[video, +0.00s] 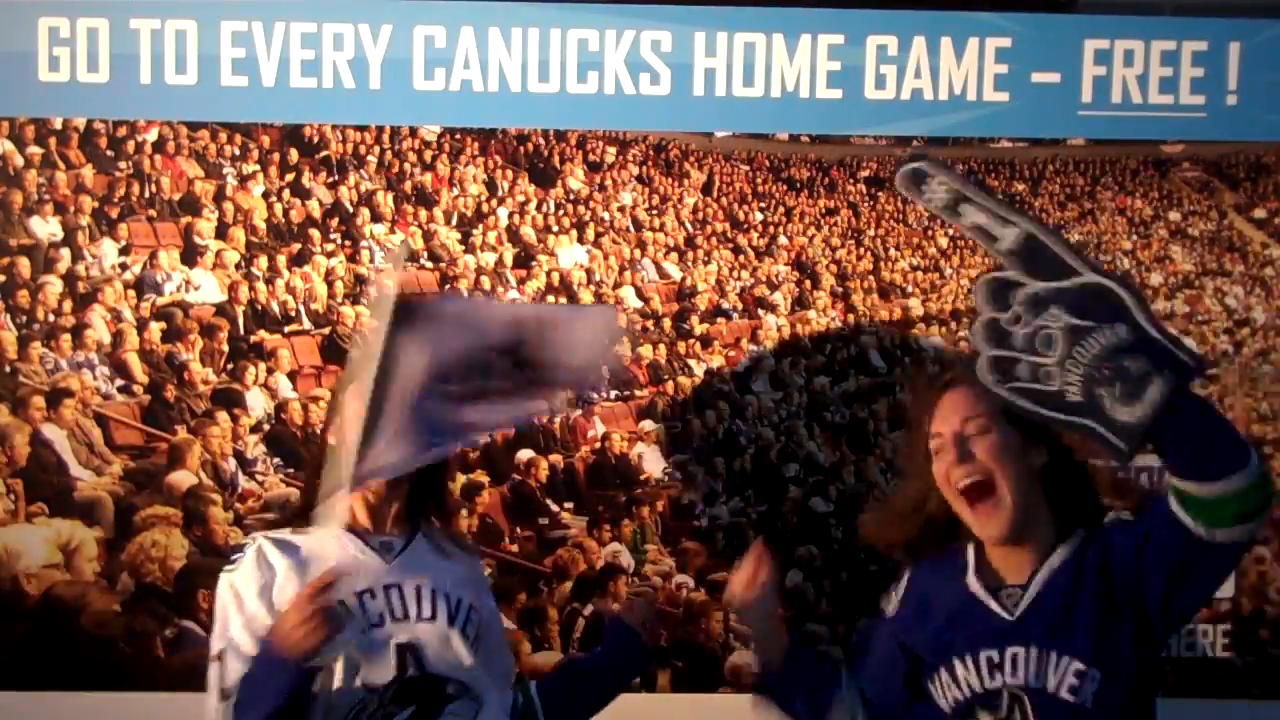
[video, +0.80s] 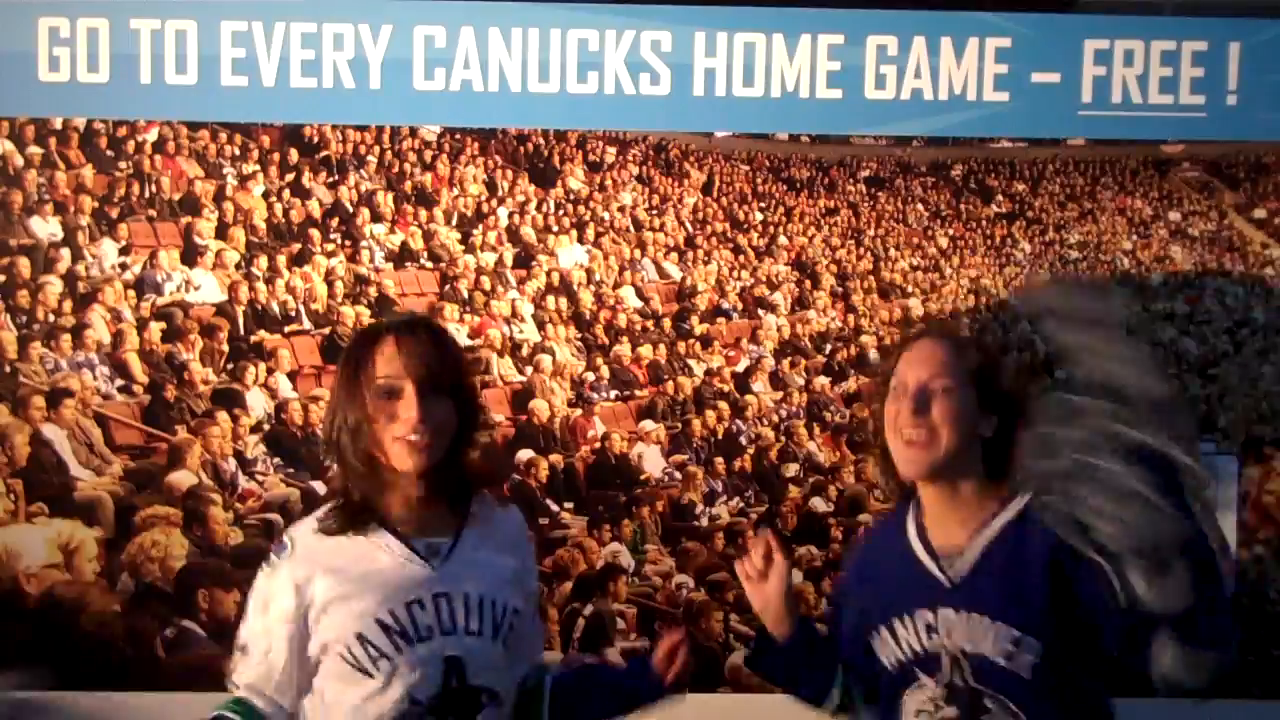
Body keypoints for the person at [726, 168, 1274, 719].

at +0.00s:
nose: (958, 454)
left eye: (979, 431)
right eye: (942, 446)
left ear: (1037, 446)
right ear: (934, 478)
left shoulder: (1123, 570)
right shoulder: (923, 596)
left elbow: (1230, 504)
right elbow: (858, 710)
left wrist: (1135, 383)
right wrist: (774, 646)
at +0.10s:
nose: (937, 415)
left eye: (962, 389)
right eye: (926, 397)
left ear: (1024, 406)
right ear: (919, 422)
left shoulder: (1115, 536)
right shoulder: (908, 543)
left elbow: (1252, 591)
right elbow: (792, 625)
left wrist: (1213, 443)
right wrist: (764, 513)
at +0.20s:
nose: (921, 395)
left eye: (949, 376)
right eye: (918, 379)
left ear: (1014, 409)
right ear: (910, 401)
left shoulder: (1087, 540)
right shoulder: (889, 520)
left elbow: (1149, 686)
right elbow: (748, 532)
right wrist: (746, 403)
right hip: (924, 712)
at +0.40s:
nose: (898, 423)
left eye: (924, 408)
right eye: (904, 407)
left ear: (995, 439)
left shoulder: (1085, 599)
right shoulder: (892, 554)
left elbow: (1123, 719)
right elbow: (754, 577)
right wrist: (747, 457)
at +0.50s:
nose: (896, 392)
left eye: (924, 376)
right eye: (898, 377)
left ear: (989, 403)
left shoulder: (1086, 541)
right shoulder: (901, 537)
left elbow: (1175, 674)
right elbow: (830, 669)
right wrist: (777, 556)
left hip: (1057, 710)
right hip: (934, 709)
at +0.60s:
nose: (895, 434)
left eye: (919, 412)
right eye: (893, 413)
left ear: (986, 428)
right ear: (887, 426)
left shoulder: (1094, 560)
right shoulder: (901, 589)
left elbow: (1245, 593)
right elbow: (886, 713)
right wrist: (799, 660)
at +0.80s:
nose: (909, 410)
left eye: (935, 393)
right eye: (898, 393)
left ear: (984, 417)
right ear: (883, 413)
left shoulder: (1059, 552)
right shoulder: (872, 557)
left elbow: (1126, 688)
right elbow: (846, 697)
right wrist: (781, 626)